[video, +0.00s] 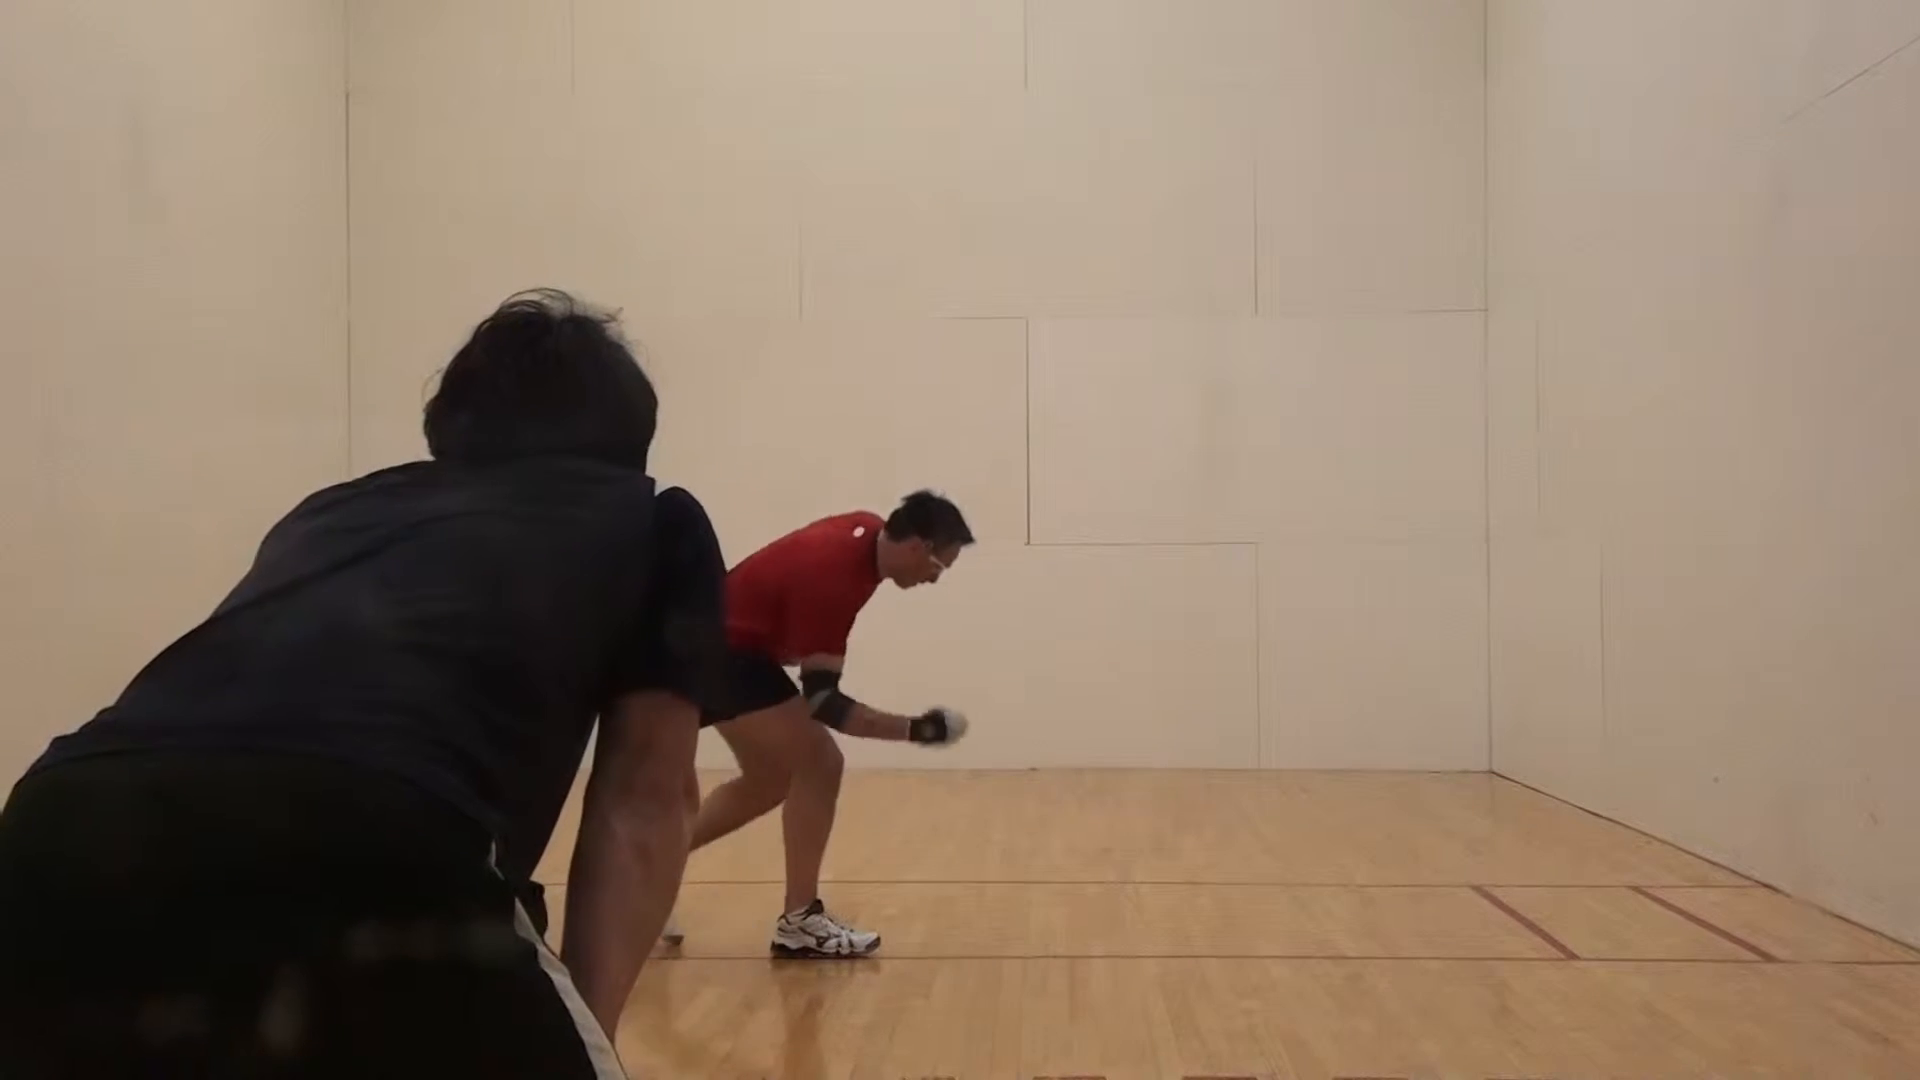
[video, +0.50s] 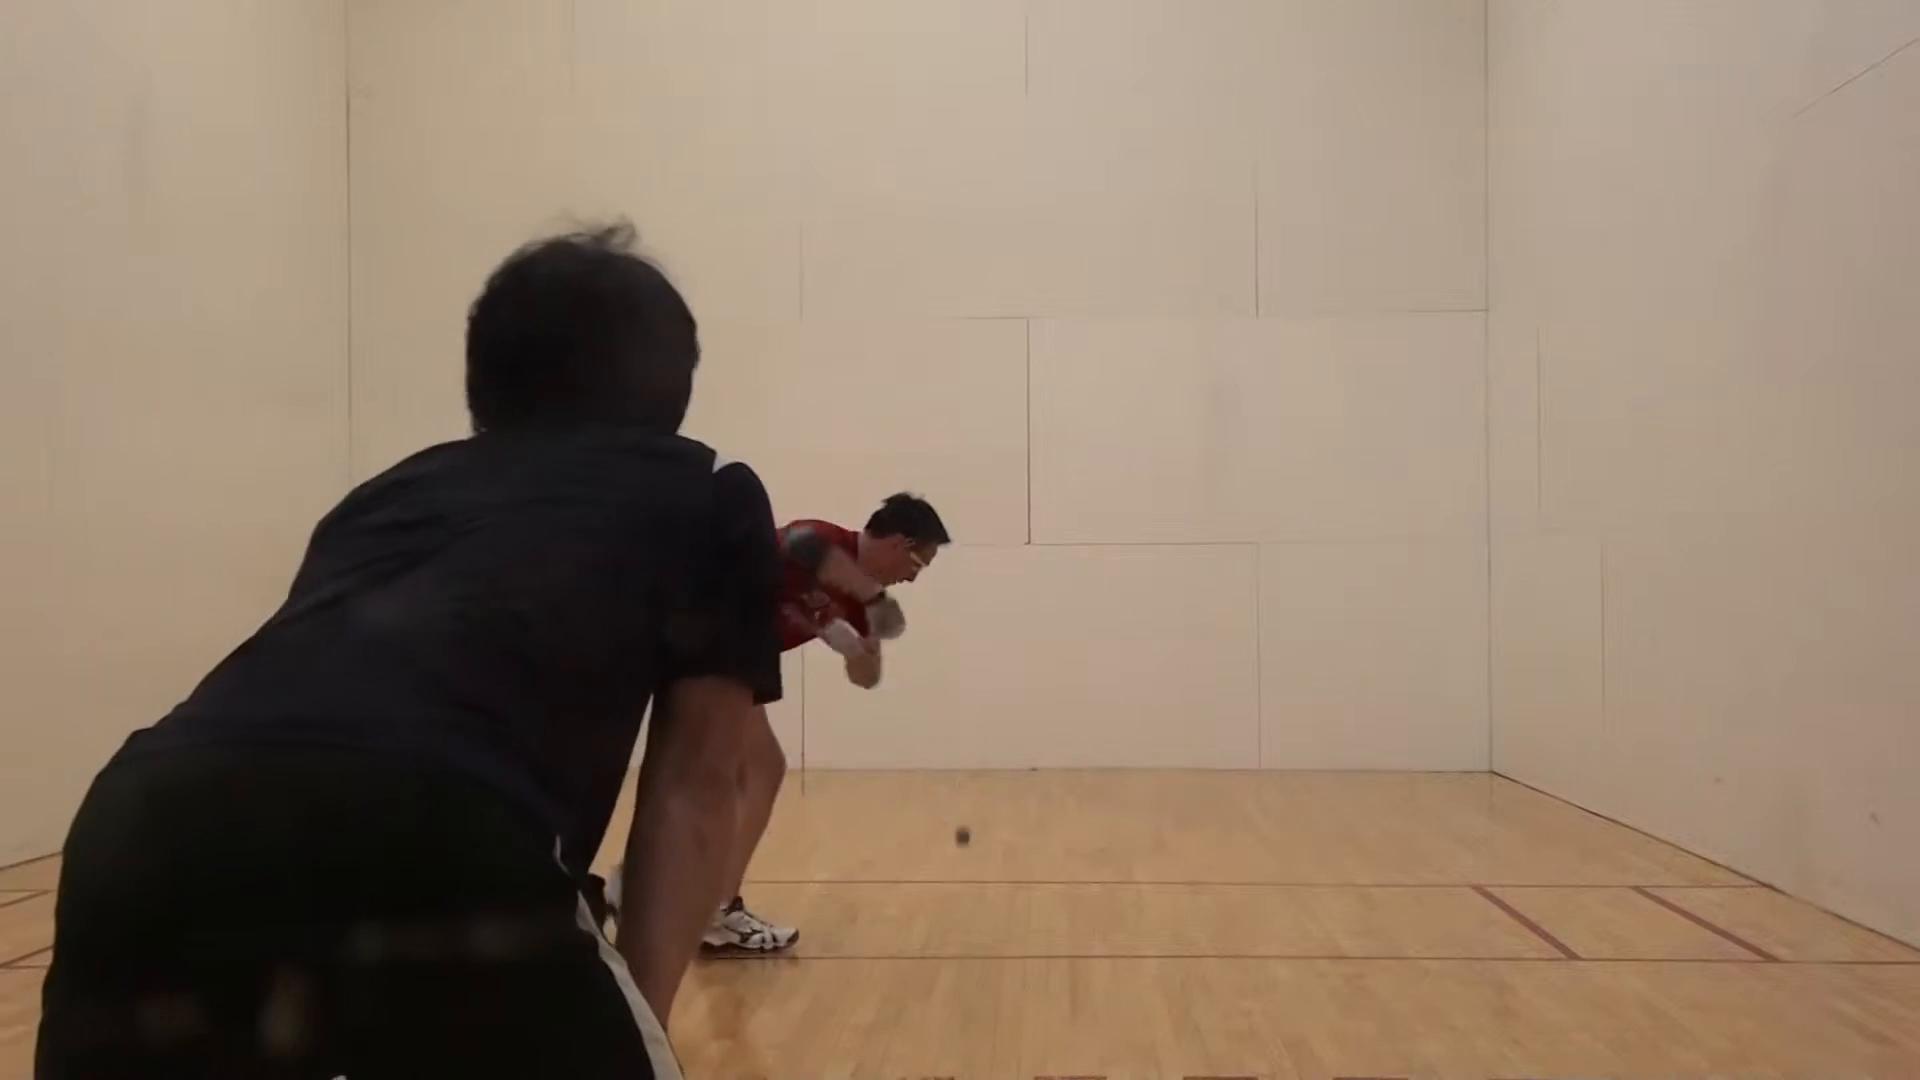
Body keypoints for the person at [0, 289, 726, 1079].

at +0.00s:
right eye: (643, 455)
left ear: (445, 431)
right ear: (628, 451)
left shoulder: (330, 506)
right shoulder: (649, 519)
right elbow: (648, 793)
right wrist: (581, 1032)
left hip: (64, 854)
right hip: (377, 875)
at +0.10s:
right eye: (643, 440)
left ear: (445, 419)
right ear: (624, 436)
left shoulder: (332, 501)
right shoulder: (652, 512)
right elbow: (650, 796)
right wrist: (583, 1033)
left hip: (78, 843)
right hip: (385, 862)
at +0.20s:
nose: (651, 440)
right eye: (650, 420)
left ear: (444, 410)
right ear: (630, 412)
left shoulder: (335, 499)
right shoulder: (664, 507)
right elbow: (661, 786)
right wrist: (596, 1030)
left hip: (90, 832)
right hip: (391, 846)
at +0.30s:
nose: (651, 392)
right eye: (644, 370)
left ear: (439, 379)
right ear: (623, 382)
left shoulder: (340, 490)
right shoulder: (672, 494)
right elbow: (672, 778)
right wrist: (611, 1027)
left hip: (119, 825)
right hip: (410, 834)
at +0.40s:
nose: (667, 404)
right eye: (665, 382)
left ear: (459, 379)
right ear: (644, 382)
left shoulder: (357, 485)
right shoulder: (683, 487)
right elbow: (682, 774)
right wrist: (623, 1021)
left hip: (139, 822)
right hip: (428, 832)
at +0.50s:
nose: (682, 400)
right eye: (683, 383)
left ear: (480, 393)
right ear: (669, 395)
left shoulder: (386, 490)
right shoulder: (702, 489)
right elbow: (708, 769)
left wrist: (745, 585)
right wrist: (638, 1020)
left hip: (148, 830)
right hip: (434, 846)